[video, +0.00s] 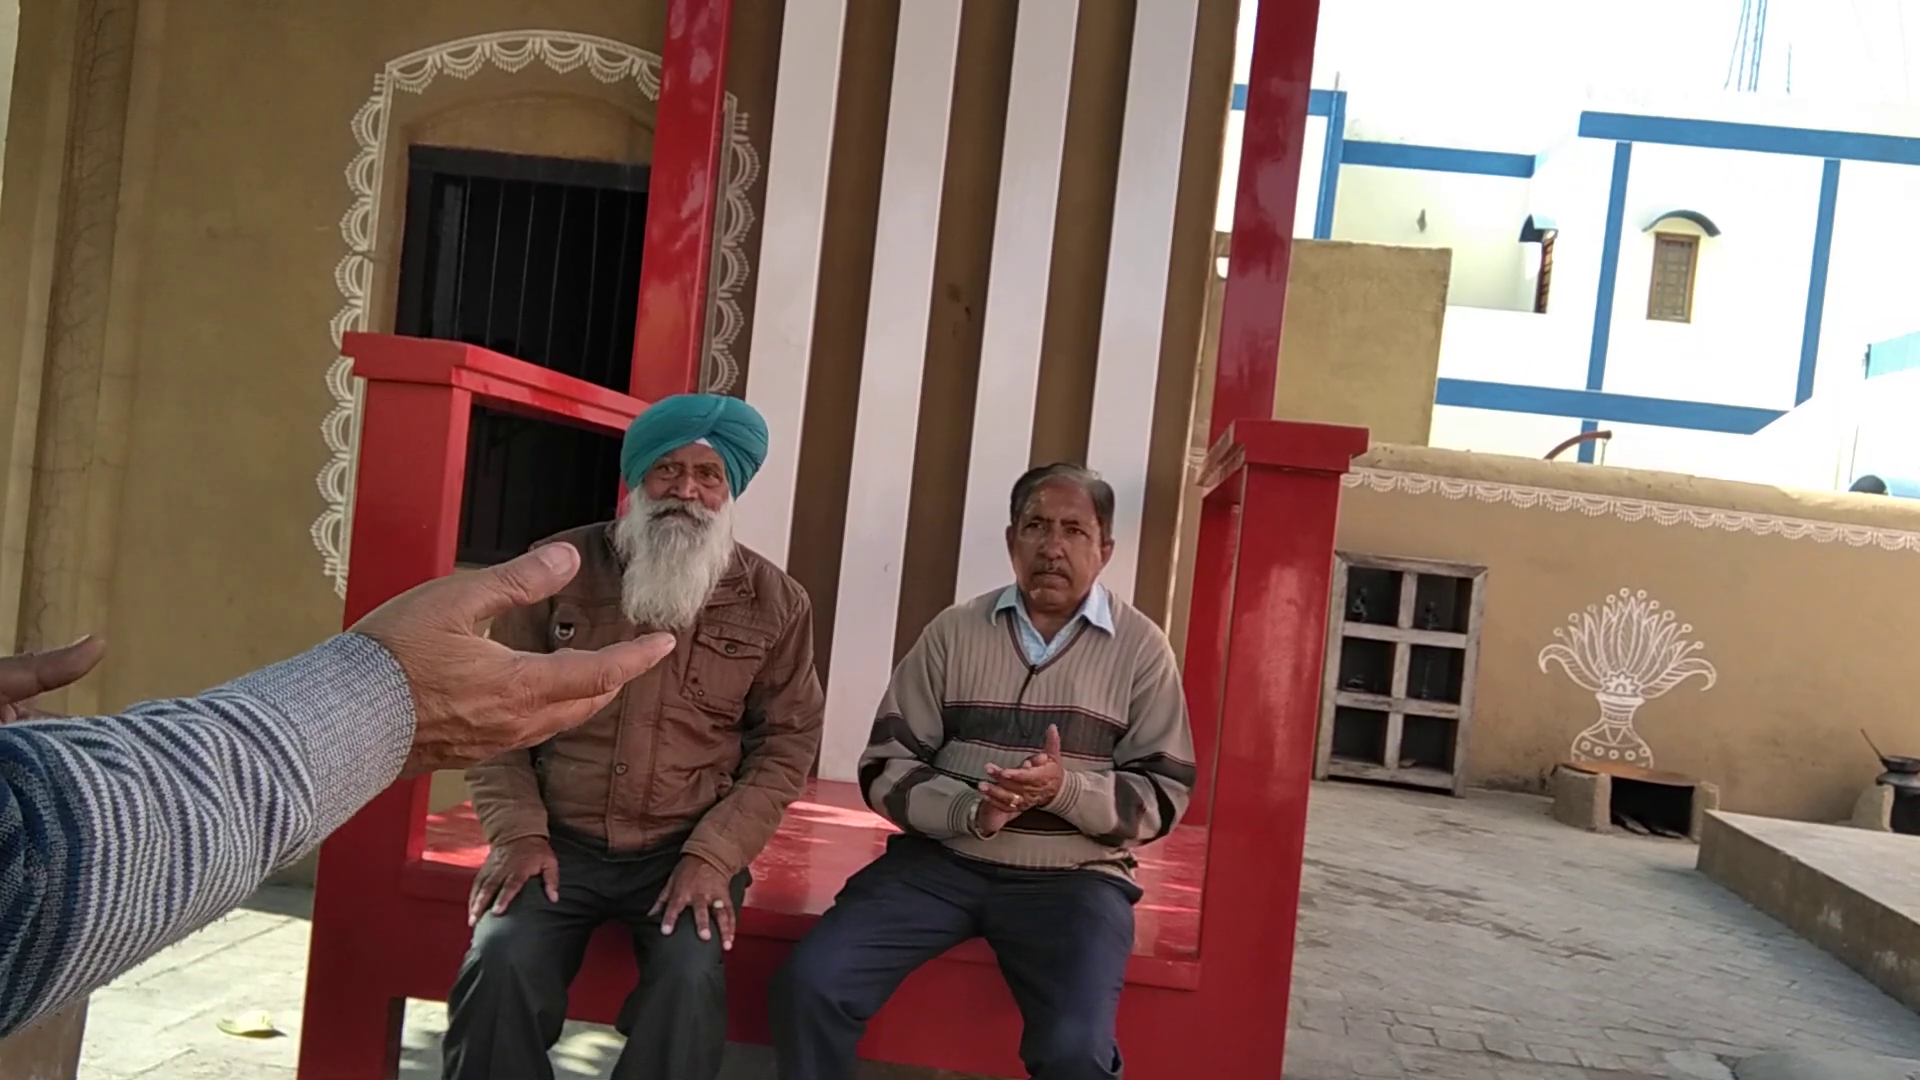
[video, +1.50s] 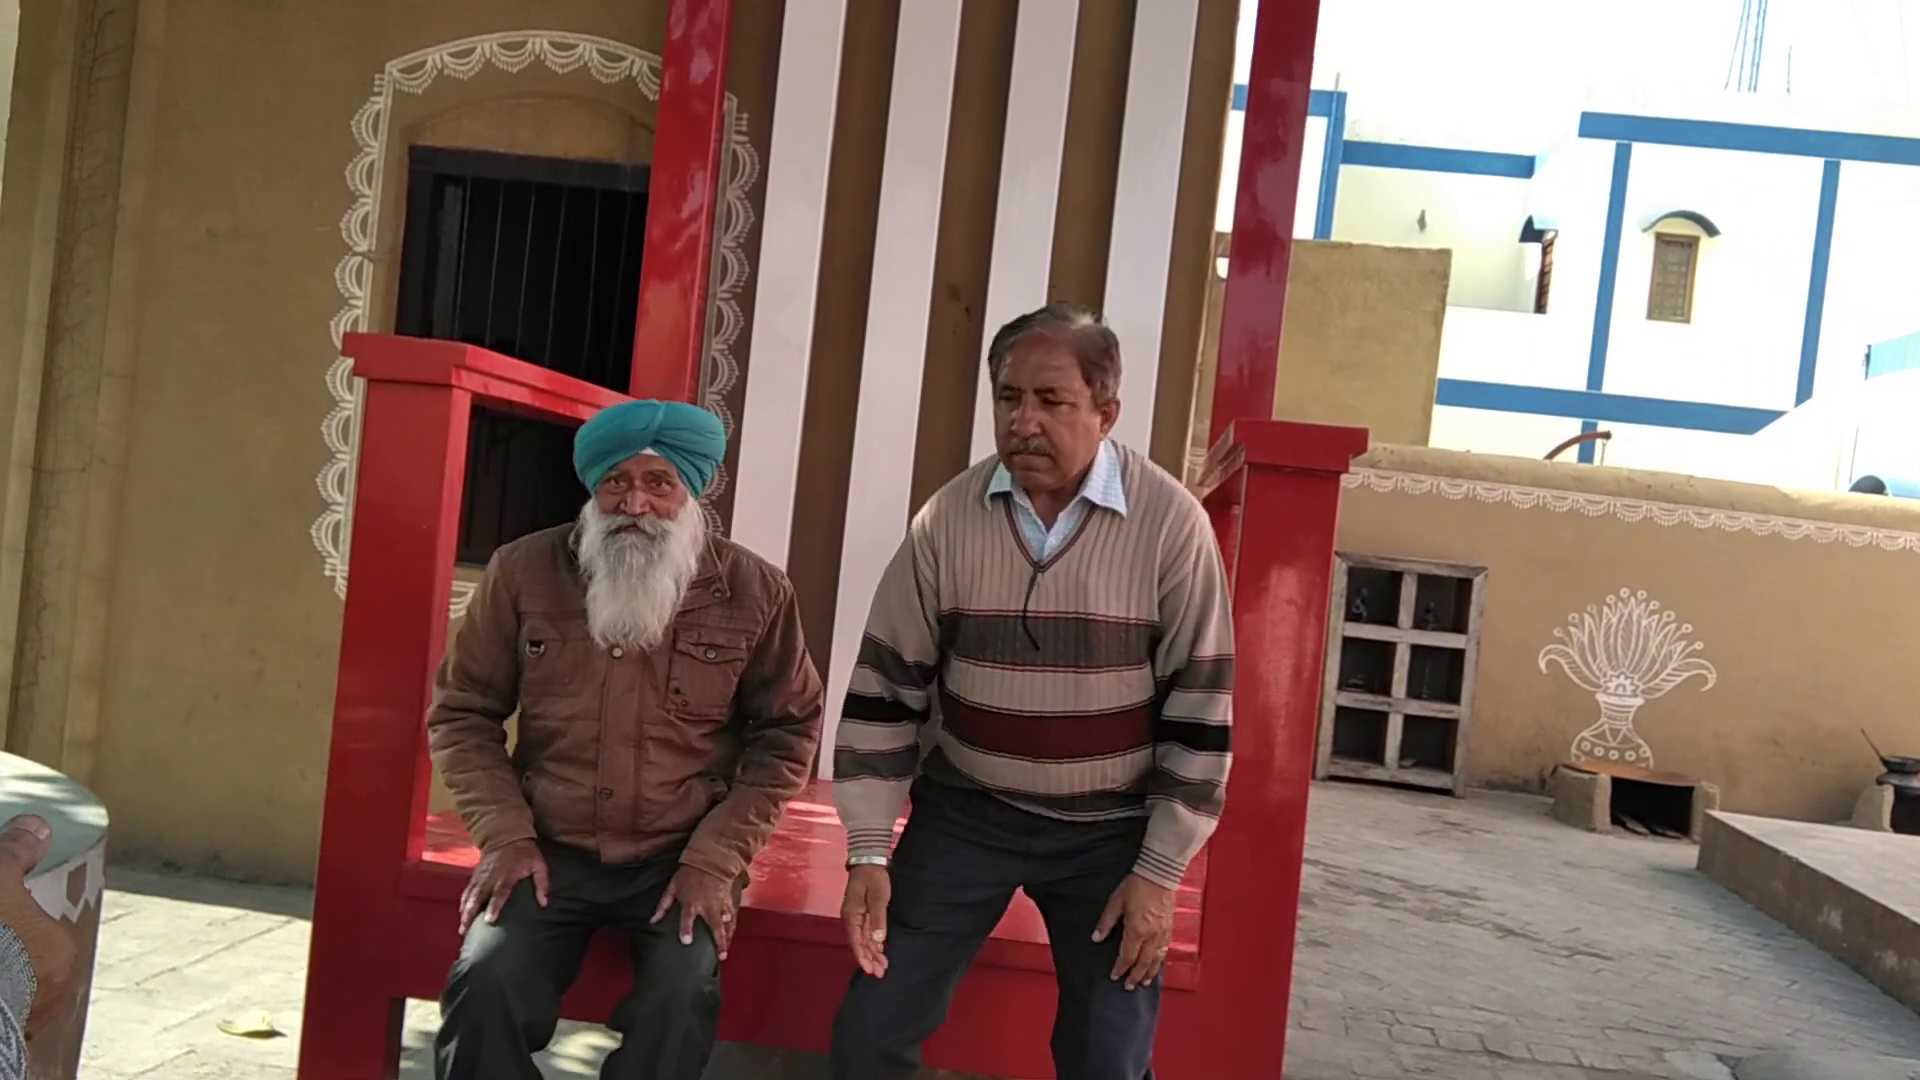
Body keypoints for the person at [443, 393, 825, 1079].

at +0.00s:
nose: (687, 489)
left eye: (709, 474)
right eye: (668, 470)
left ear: (731, 496)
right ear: (634, 484)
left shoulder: (775, 602)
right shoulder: (559, 567)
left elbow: (788, 747)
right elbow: (495, 712)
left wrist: (715, 854)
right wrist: (517, 829)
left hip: (685, 859)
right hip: (555, 848)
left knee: (691, 974)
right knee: (500, 961)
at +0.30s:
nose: (718, 514)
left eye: (731, 497)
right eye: (700, 495)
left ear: (743, 497)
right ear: (649, 493)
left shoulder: (771, 602)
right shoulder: (552, 569)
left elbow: (784, 741)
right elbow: (493, 709)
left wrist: (715, 851)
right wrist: (517, 828)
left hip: (685, 859)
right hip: (556, 847)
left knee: (683, 973)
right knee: (501, 960)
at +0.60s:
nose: (716, 510)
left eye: (729, 493)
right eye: (698, 490)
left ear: (741, 495)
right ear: (646, 490)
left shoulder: (769, 601)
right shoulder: (551, 567)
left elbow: (780, 741)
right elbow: (490, 706)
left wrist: (715, 852)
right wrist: (516, 827)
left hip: (684, 860)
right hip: (556, 848)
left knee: (685, 972)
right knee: (499, 961)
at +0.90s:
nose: (691, 495)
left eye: (710, 480)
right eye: (672, 476)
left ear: (730, 498)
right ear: (634, 488)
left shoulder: (771, 601)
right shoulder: (558, 566)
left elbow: (779, 742)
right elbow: (497, 701)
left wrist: (714, 852)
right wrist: (514, 824)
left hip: (684, 859)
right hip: (557, 846)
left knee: (685, 972)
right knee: (495, 960)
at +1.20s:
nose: (678, 492)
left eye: (700, 477)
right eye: (661, 474)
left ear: (727, 495)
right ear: (630, 486)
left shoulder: (772, 598)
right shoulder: (558, 563)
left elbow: (783, 734)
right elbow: (496, 695)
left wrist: (723, 843)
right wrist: (512, 817)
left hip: (686, 856)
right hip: (557, 841)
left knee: (692, 974)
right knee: (488, 962)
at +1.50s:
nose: (634, 502)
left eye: (658, 484)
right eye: (616, 482)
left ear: (696, 497)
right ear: (591, 490)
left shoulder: (757, 596)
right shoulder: (524, 571)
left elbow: (788, 733)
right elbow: (463, 711)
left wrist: (716, 857)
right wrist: (503, 832)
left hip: (679, 867)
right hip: (546, 856)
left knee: (683, 988)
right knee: (487, 978)